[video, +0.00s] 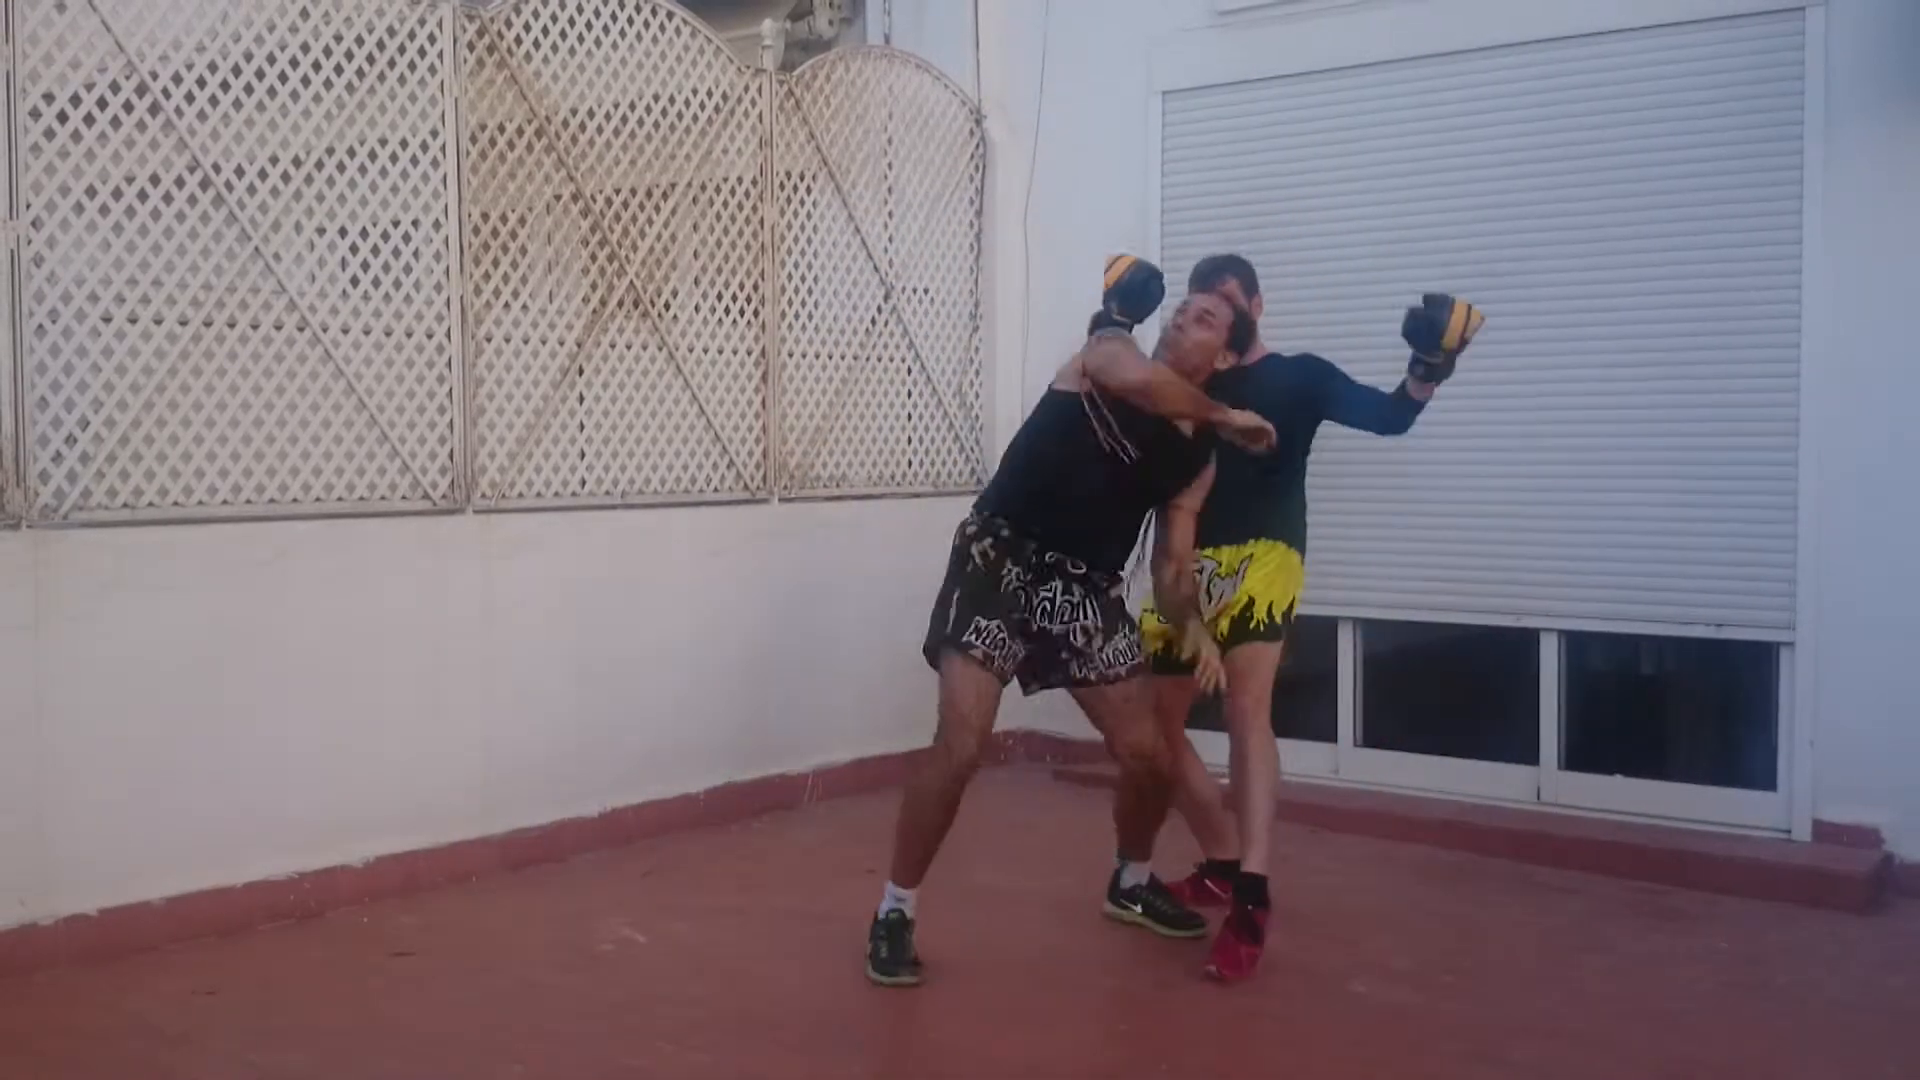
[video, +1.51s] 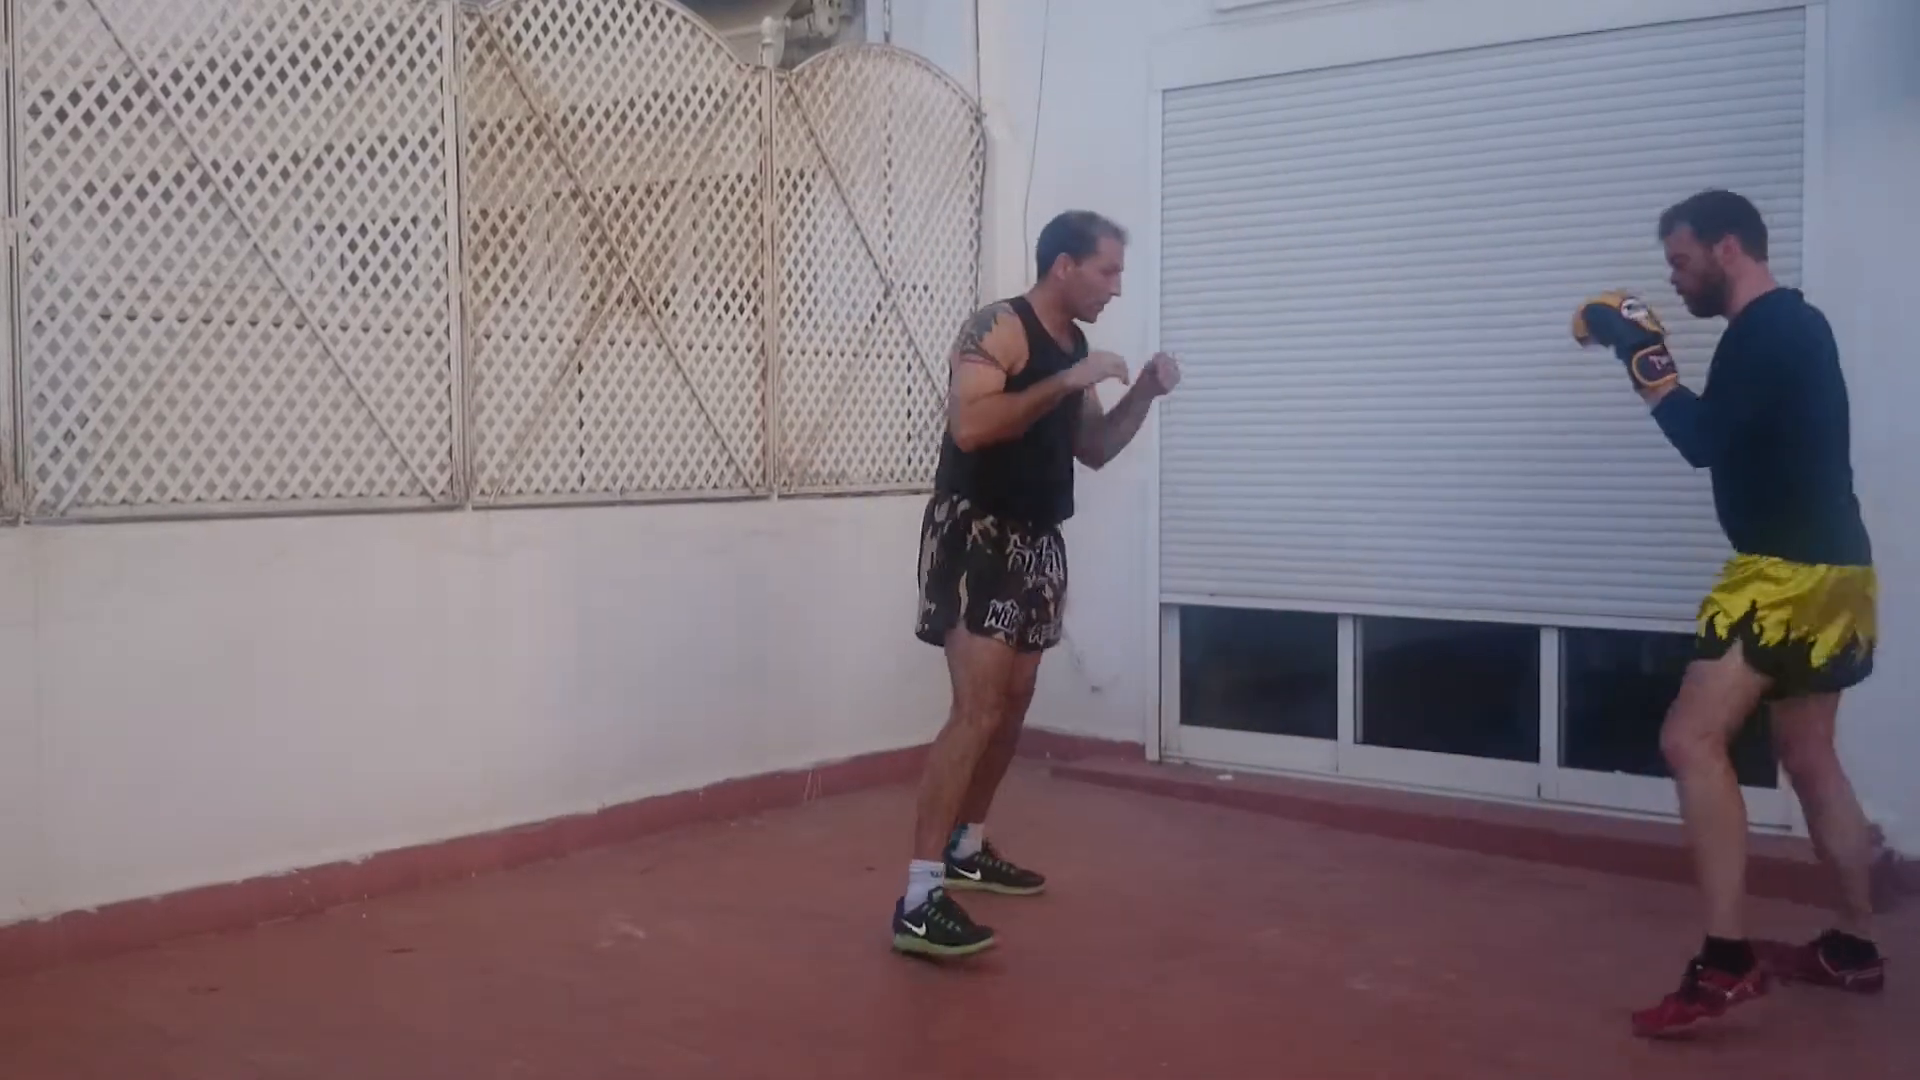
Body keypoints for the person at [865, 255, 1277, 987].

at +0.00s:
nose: (1193, 322)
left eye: (1211, 321)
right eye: (1189, 311)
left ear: (1226, 355)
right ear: (1165, 323)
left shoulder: (1195, 451)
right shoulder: (1108, 349)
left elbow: (1176, 564)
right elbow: (1140, 384)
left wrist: (1193, 625)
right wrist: (1219, 413)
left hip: (1086, 586)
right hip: (999, 557)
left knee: (1147, 752)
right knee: (963, 744)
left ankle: (1132, 882)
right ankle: (895, 911)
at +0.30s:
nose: (1192, 281)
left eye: (1201, 280)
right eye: (1199, 275)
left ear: (1207, 306)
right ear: (1207, 309)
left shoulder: (1184, 408)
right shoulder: (1176, 338)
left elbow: (1085, 486)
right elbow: (1189, 285)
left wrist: (1064, 382)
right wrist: (1158, 258)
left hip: (1099, 554)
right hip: (1021, 523)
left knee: (1113, 735)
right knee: (961, 704)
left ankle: (1154, 879)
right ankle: (928, 889)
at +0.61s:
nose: (1172, 276)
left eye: (1193, 275)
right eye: (1177, 264)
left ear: (1227, 307)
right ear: (1172, 272)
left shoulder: (1221, 398)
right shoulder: (1122, 309)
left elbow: (1183, 496)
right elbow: (1034, 235)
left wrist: (1159, 395)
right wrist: (1108, 285)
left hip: (1125, 556)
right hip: (1031, 528)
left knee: (1143, 726)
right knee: (971, 703)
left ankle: (1159, 880)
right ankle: (932, 885)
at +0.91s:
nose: (1166, 310)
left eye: (1170, 296)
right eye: (1160, 293)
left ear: (1124, 290)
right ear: (1113, 285)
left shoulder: (1124, 370)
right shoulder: (1026, 346)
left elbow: (1129, 479)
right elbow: (980, 462)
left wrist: (1156, 450)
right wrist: (1088, 427)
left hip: (1079, 550)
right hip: (1003, 545)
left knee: (1115, 720)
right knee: (1001, 734)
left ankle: (1148, 878)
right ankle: (921, 922)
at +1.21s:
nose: (1113, 288)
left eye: (1115, 274)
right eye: (1106, 273)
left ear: (1067, 270)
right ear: (1062, 267)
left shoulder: (1045, 339)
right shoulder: (1000, 336)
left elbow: (1011, 445)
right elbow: (988, 462)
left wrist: (1082, 434)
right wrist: (1083, 434)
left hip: (1018, 541)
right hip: (960, 540)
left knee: (1045, 701)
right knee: (964, 731)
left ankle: (1010, 850)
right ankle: (909, 922)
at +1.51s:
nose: (1116, 288)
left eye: (1119, 275)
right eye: (1108, 273)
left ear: (1078, 272)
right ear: (1062, 267)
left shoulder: (1071, 348)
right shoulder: (997, 326)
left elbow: (1093, 448)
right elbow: (971, 425)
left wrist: (1145, 396)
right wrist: (1070, 380)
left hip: (1035, 541)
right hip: (976, 536)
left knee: (1008, 710)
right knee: (978, 711)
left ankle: (962, 847)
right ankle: (918, 898)